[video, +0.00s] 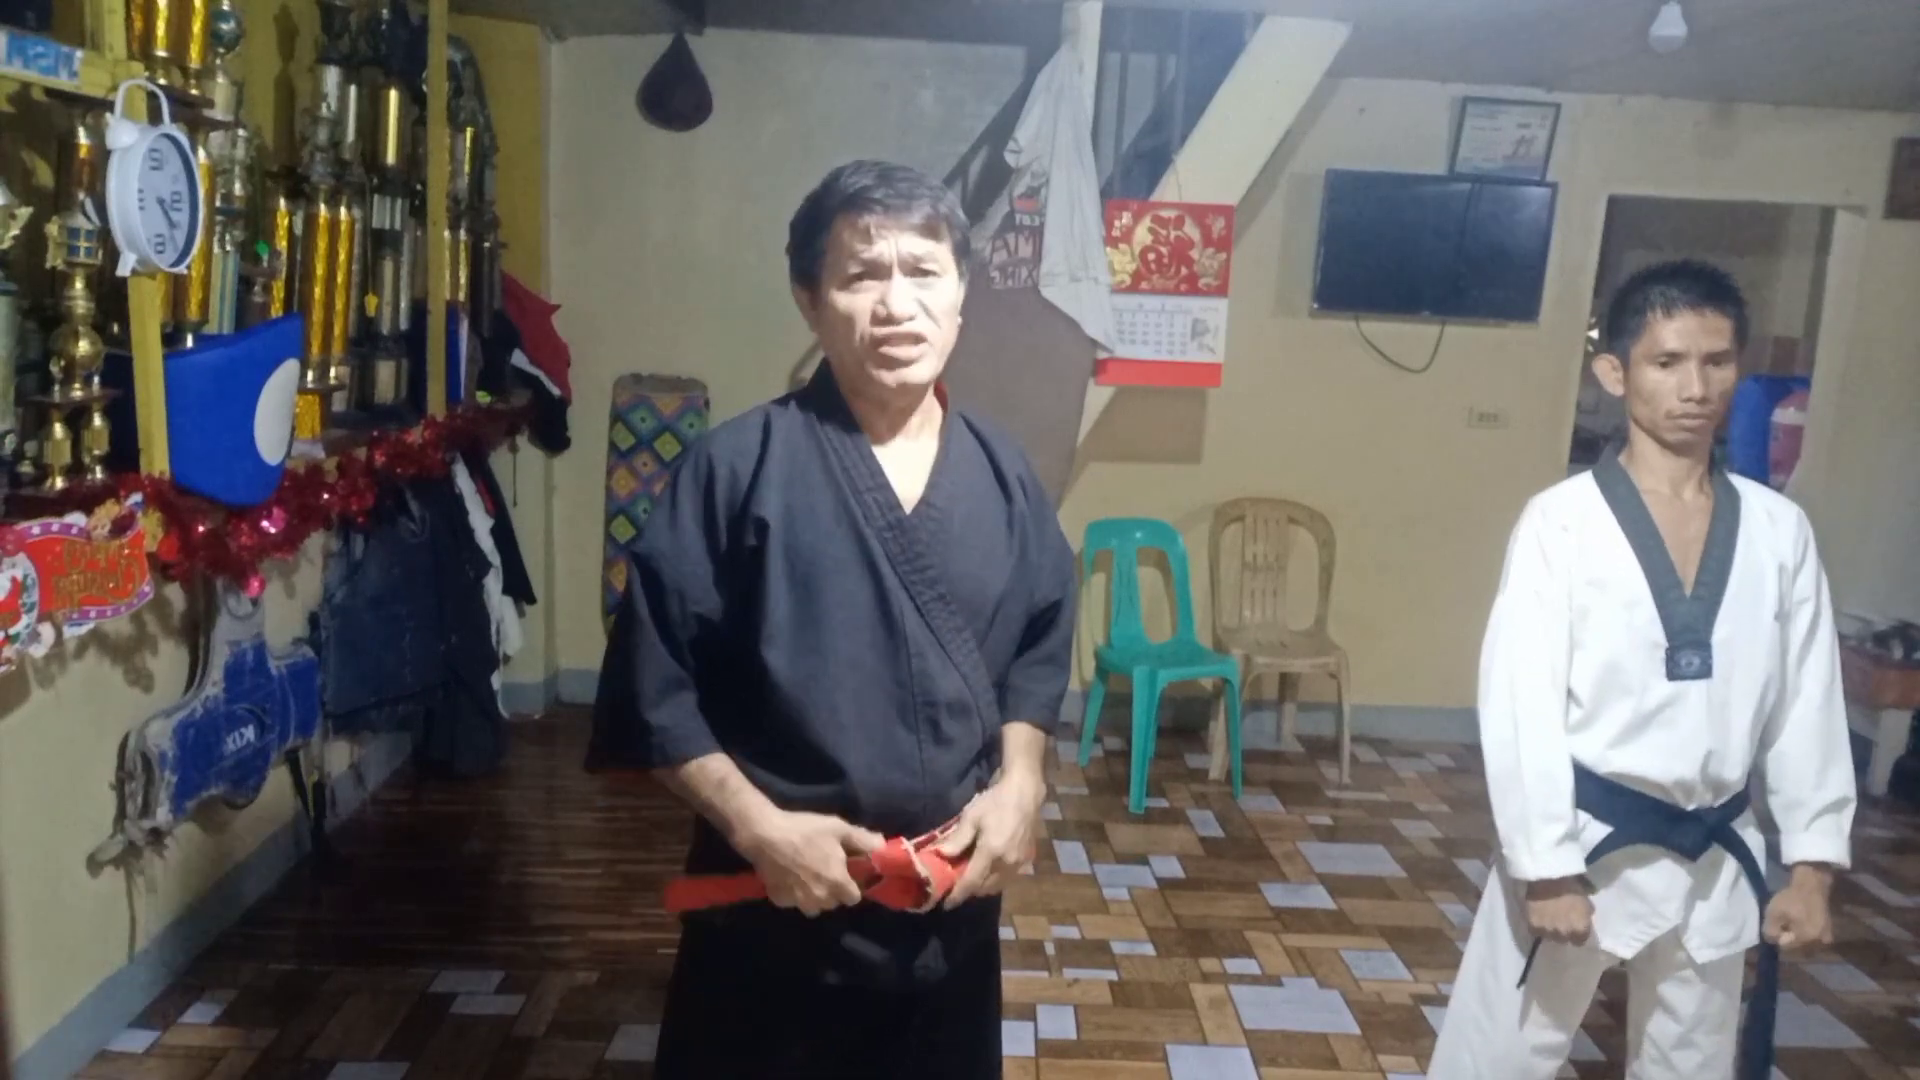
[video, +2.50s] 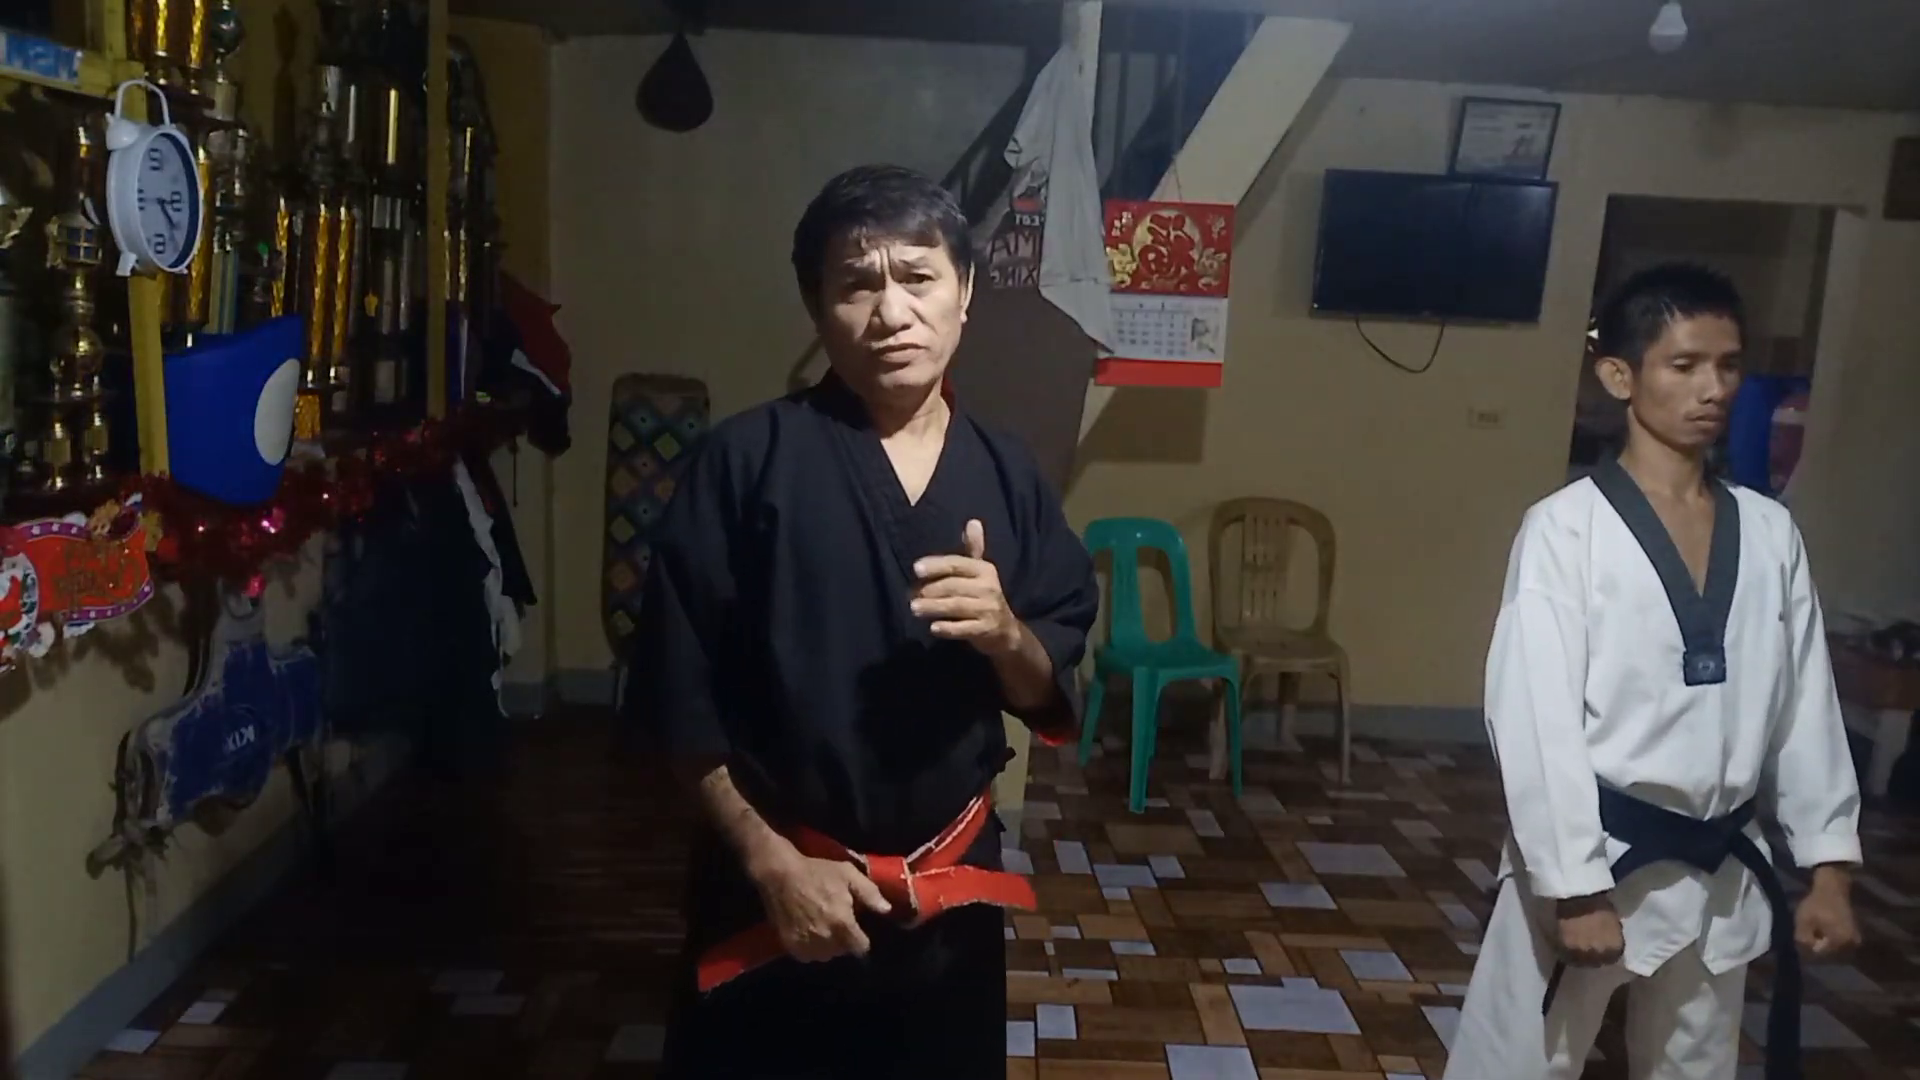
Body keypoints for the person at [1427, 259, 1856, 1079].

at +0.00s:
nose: (1697, 386)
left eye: (1717, 360)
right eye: (1667, 361)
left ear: (1738, 369)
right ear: (1612, 374)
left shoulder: (1780, 529)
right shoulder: (1559, 523)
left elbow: (1809, 704)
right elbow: (1519, 702)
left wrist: (1814, 864)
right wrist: (1546, 867)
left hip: (1720, 863)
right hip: (1580, 856)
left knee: (1692, 1070)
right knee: (1495, 1063)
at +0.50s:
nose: (1718, 387)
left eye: (1730, 362)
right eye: (1689, 363)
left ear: (1745, 368)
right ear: (1621, 376)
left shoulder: (1775, 530)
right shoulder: (1565, 527)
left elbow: (1808, 705)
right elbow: (1531, 710)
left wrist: (1826, 866)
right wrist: (1570, 880)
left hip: (1721, 870)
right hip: (1581, 864)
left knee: (1693, 1071)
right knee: (1506, 1066)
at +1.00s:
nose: (1724, 385)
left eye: (1738, 362)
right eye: (1696, 361)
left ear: (1751, 372)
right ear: (1628, 374)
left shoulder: (1778, 533)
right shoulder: (1568, 526)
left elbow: (1813, 711)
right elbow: (1535, 711)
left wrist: (1837, 873)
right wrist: (1580, 885)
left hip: (1726, 883)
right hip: (1586, 876)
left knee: (1704, 1070)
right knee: (1528, 1067)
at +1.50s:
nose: (1714, 386)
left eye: (1727, 362)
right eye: (1685, 362)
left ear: (1741, 370)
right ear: (1618, 375)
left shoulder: (1769, 530)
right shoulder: (1561, 526)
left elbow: (1803, 703)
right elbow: (1529, 711)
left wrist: (1827, 867)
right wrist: (1569, 885)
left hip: (1710, 869)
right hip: (1578, 864)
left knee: (1684, 1069)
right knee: (1517, 1065)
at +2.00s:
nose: (1707, 388)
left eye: (1721, 364)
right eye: (1677, 364)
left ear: (1736, 371)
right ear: (1613, 376)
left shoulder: (1769, 529)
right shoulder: (1559, 528)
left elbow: (1806, 701)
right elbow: (1529, 712)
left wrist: (1829, 864)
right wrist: (1570, 881)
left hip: (1720, 870)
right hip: (1585, 866)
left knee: (1693, 1070)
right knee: (1523, 1065)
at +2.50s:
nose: (1714, 389)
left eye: (1727, 366)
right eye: (1685, 366)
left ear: (1740, 372)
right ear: (1617, 376)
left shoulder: (1771, 531)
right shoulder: (1564, 529)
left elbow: (1805, 704)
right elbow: (1535, 713)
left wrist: (1829, 867)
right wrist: (1579, 887)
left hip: (1721, 873)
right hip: (1586, 868)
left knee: (1695, 1070)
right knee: (1527, 1065)